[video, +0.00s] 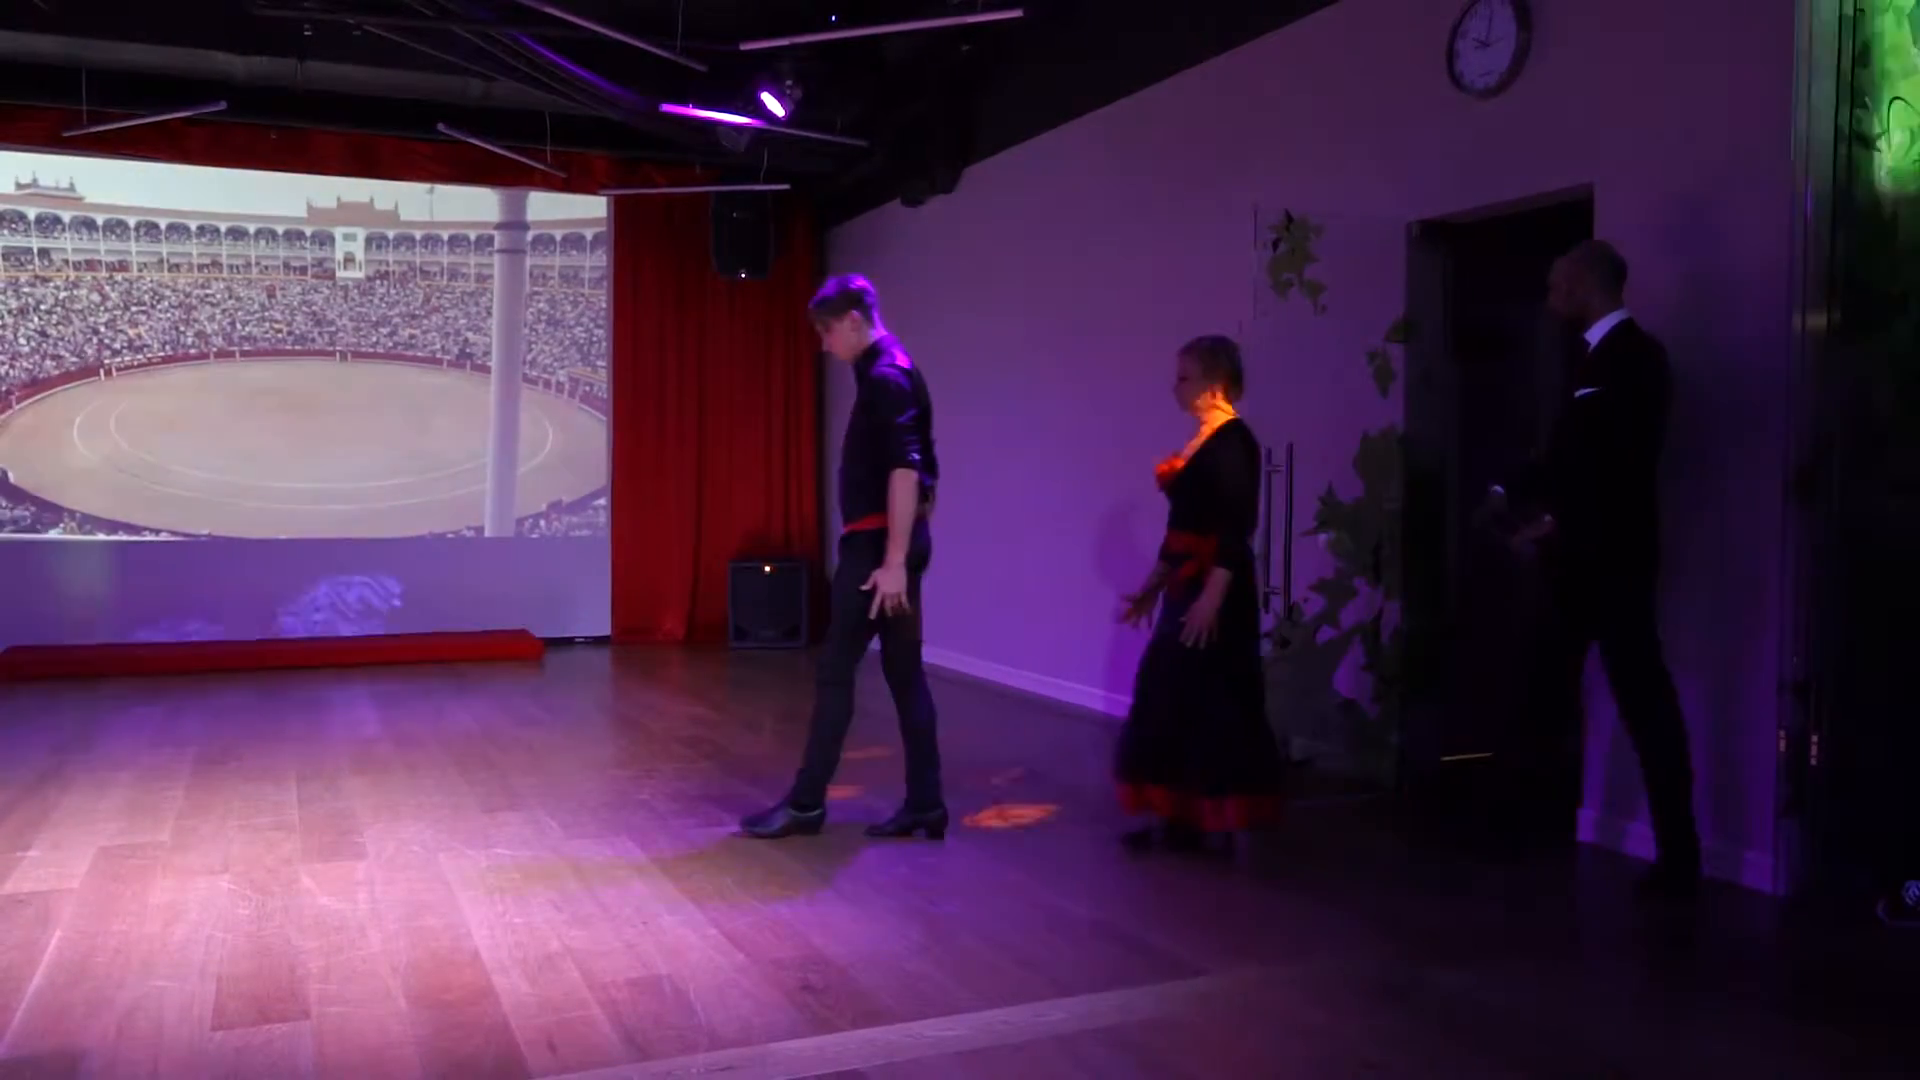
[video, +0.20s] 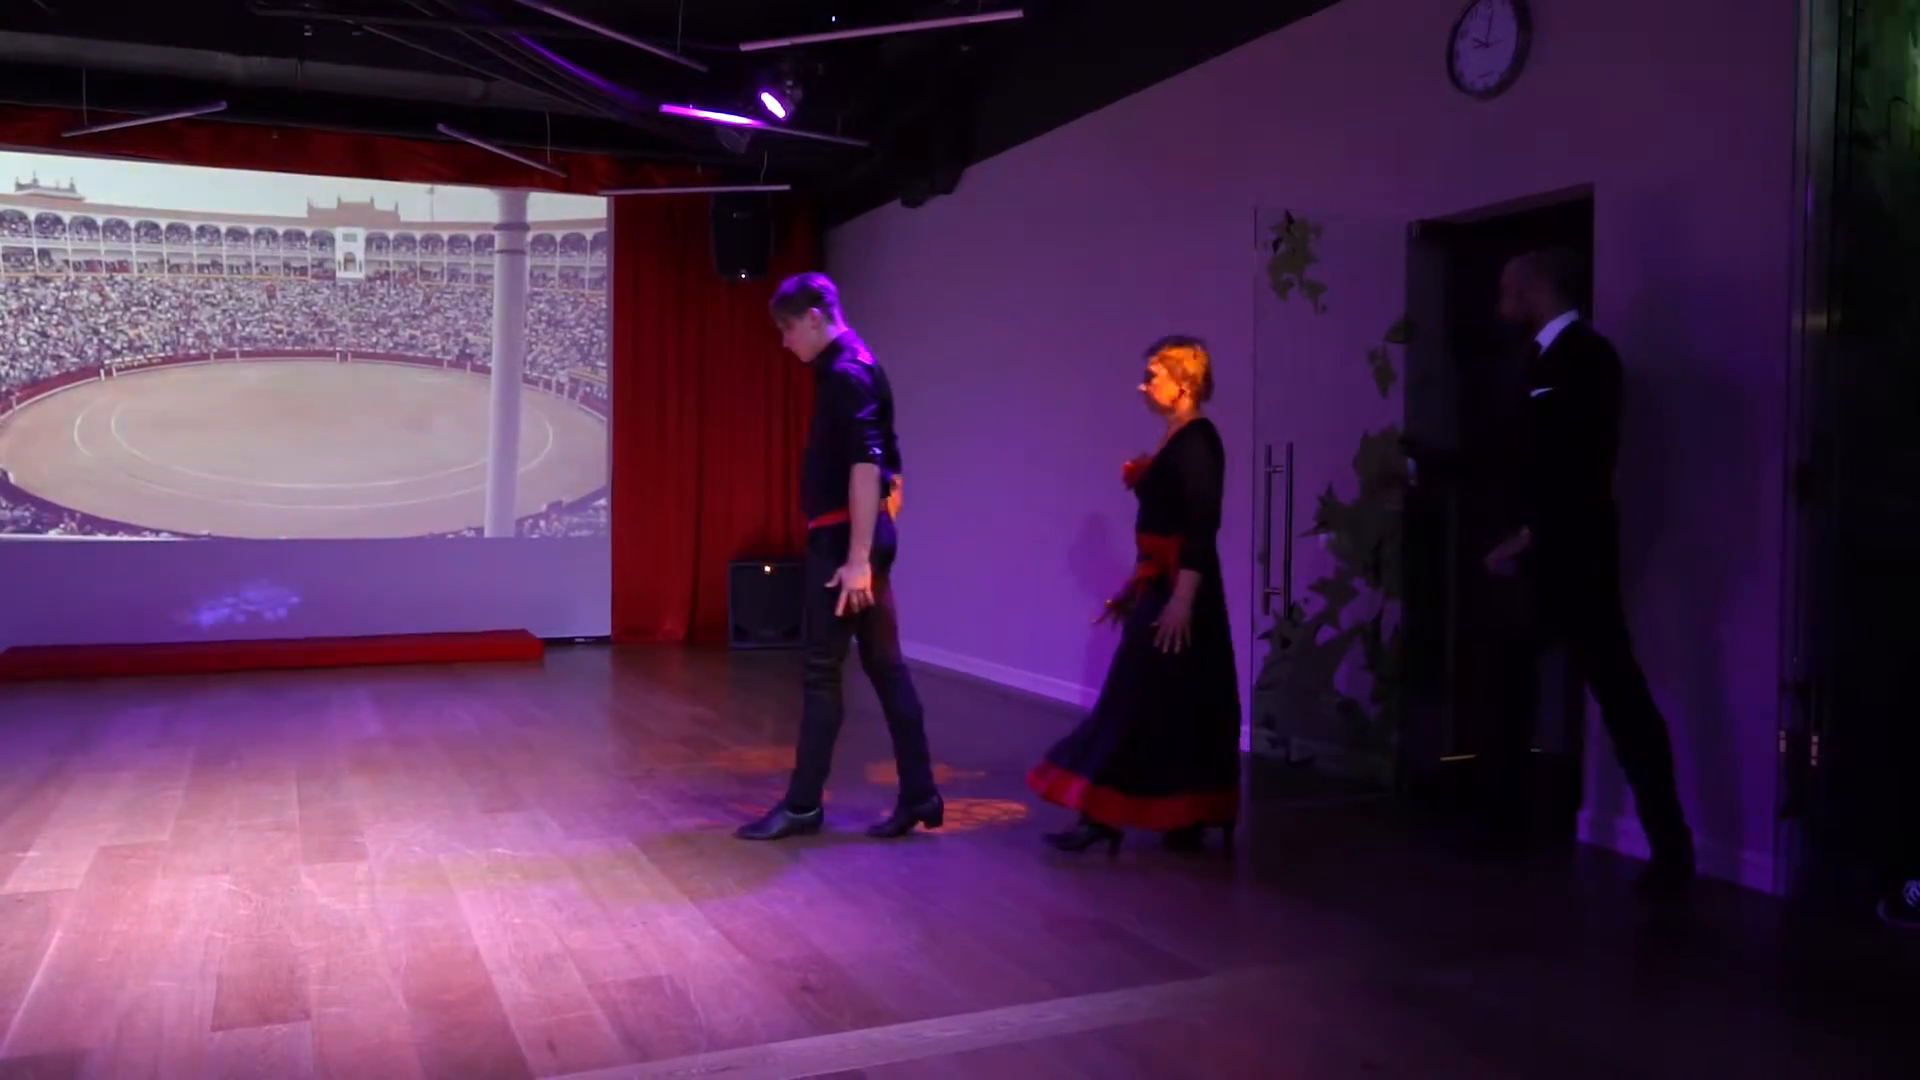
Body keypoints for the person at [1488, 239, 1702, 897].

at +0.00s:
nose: (1553, 294)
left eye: (1561, 282)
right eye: (1555, 282)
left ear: (1592, 285)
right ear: (1603, 286)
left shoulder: (1625, 358)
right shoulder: (1600, 353)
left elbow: (1597, 462)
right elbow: (1578, 456)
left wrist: (1543, 509)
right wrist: (1542, 510)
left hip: (1610, 553)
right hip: (1590, 550)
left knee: (1644, 700)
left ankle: (1677, 852)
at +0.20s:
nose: (1504, 302)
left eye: (1511, 290)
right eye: (1505, 290)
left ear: (1538, 291)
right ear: (1548, 290)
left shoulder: (1579, 358)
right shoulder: (1554, 356)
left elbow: (1573, 468)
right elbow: (1560, 467)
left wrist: (1532, 534)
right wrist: (1528, 532)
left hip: (1578, 550)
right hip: (1565, 548)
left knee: (1617, 692)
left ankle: (1669, 846)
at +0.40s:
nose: (1460, 308)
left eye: (1465, 294)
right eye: (1460, 295)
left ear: (1492, 292)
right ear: (1497, 291)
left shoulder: (1547, 352)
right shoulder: (1498, 358)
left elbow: (1552, 459)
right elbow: (1445, 424)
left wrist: (1523, 537)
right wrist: (1356, 442)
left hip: (1556, 545)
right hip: (1516, 544)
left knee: (1580, 689)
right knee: (1503, 683)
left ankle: (1620, 838)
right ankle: (1504, 822)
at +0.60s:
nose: (1440, 304)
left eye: (1445, 291)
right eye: (1439, 293)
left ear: (1475, 288)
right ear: (1468, 291)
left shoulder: (1534, 350)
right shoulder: (1483, 358)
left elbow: (1549, 454)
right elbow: (1424, 422)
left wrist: (1531, 536)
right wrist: (1336, 441)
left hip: (1536, 554)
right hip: (1491, 549)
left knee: (1547, 692)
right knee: (1496, 688)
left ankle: (1560, 836)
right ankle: (1503, 825)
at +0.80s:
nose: (1433, 301)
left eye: (1440, 289)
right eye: (1432, 291)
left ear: (1474, 288)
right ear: (1459, 293)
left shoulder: (1529, 350)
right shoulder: (1473, 361)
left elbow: (1549, 452)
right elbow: (1415, 431)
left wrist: (1536, 535)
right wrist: (1331, 450)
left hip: (1533, 555)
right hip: (1490, 548)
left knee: (1533, 688)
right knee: (1496, 684)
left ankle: (1536, 833)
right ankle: (1499, 820)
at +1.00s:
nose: (1430, 302)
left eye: (1438, 288)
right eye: (1430, 291)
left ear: (1469, 288)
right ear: (1461, 291)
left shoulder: (1524, 349)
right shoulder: (1477, 358)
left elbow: (1541, 450)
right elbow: (1421, 433)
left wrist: (1531, 534)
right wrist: (1336, 450)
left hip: (1523, 552)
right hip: (1486, 547)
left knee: (1524, 687)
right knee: (1493, 684)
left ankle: (1528, 831)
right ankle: (1495, 821)